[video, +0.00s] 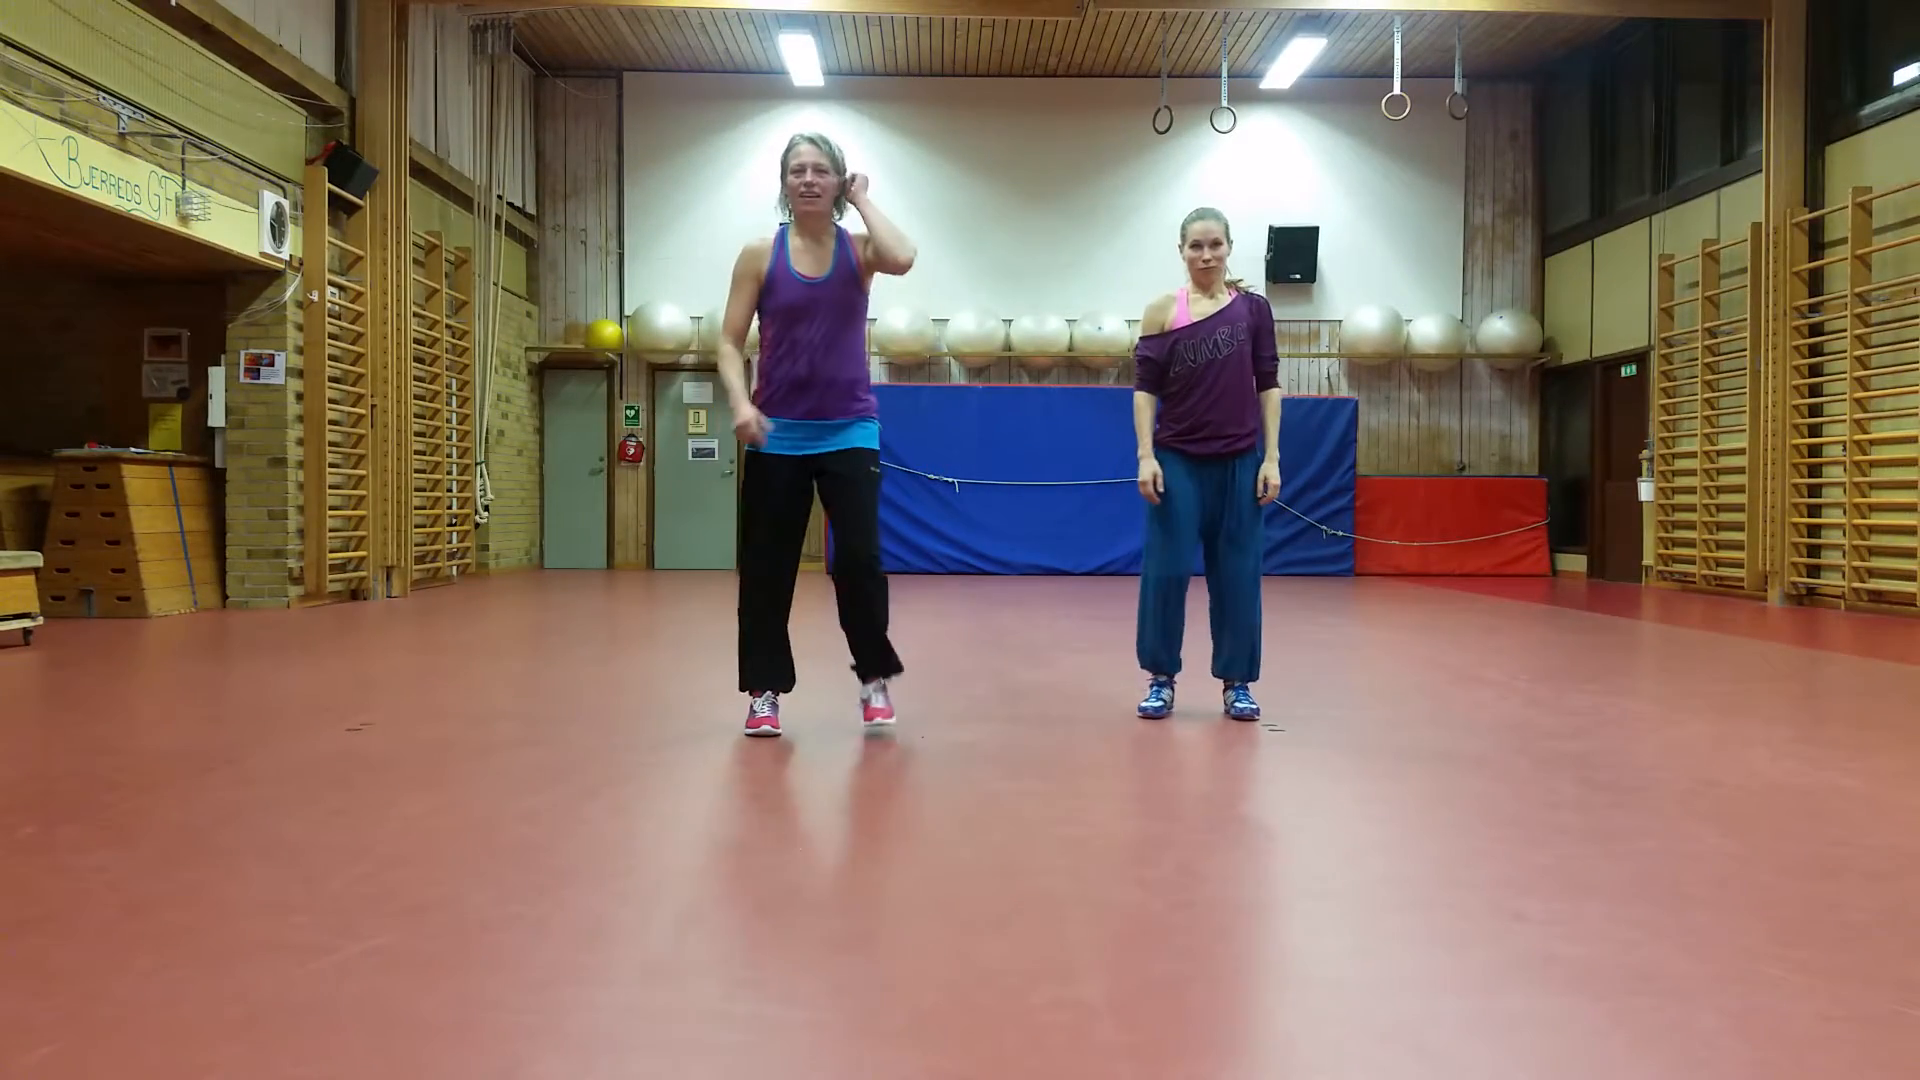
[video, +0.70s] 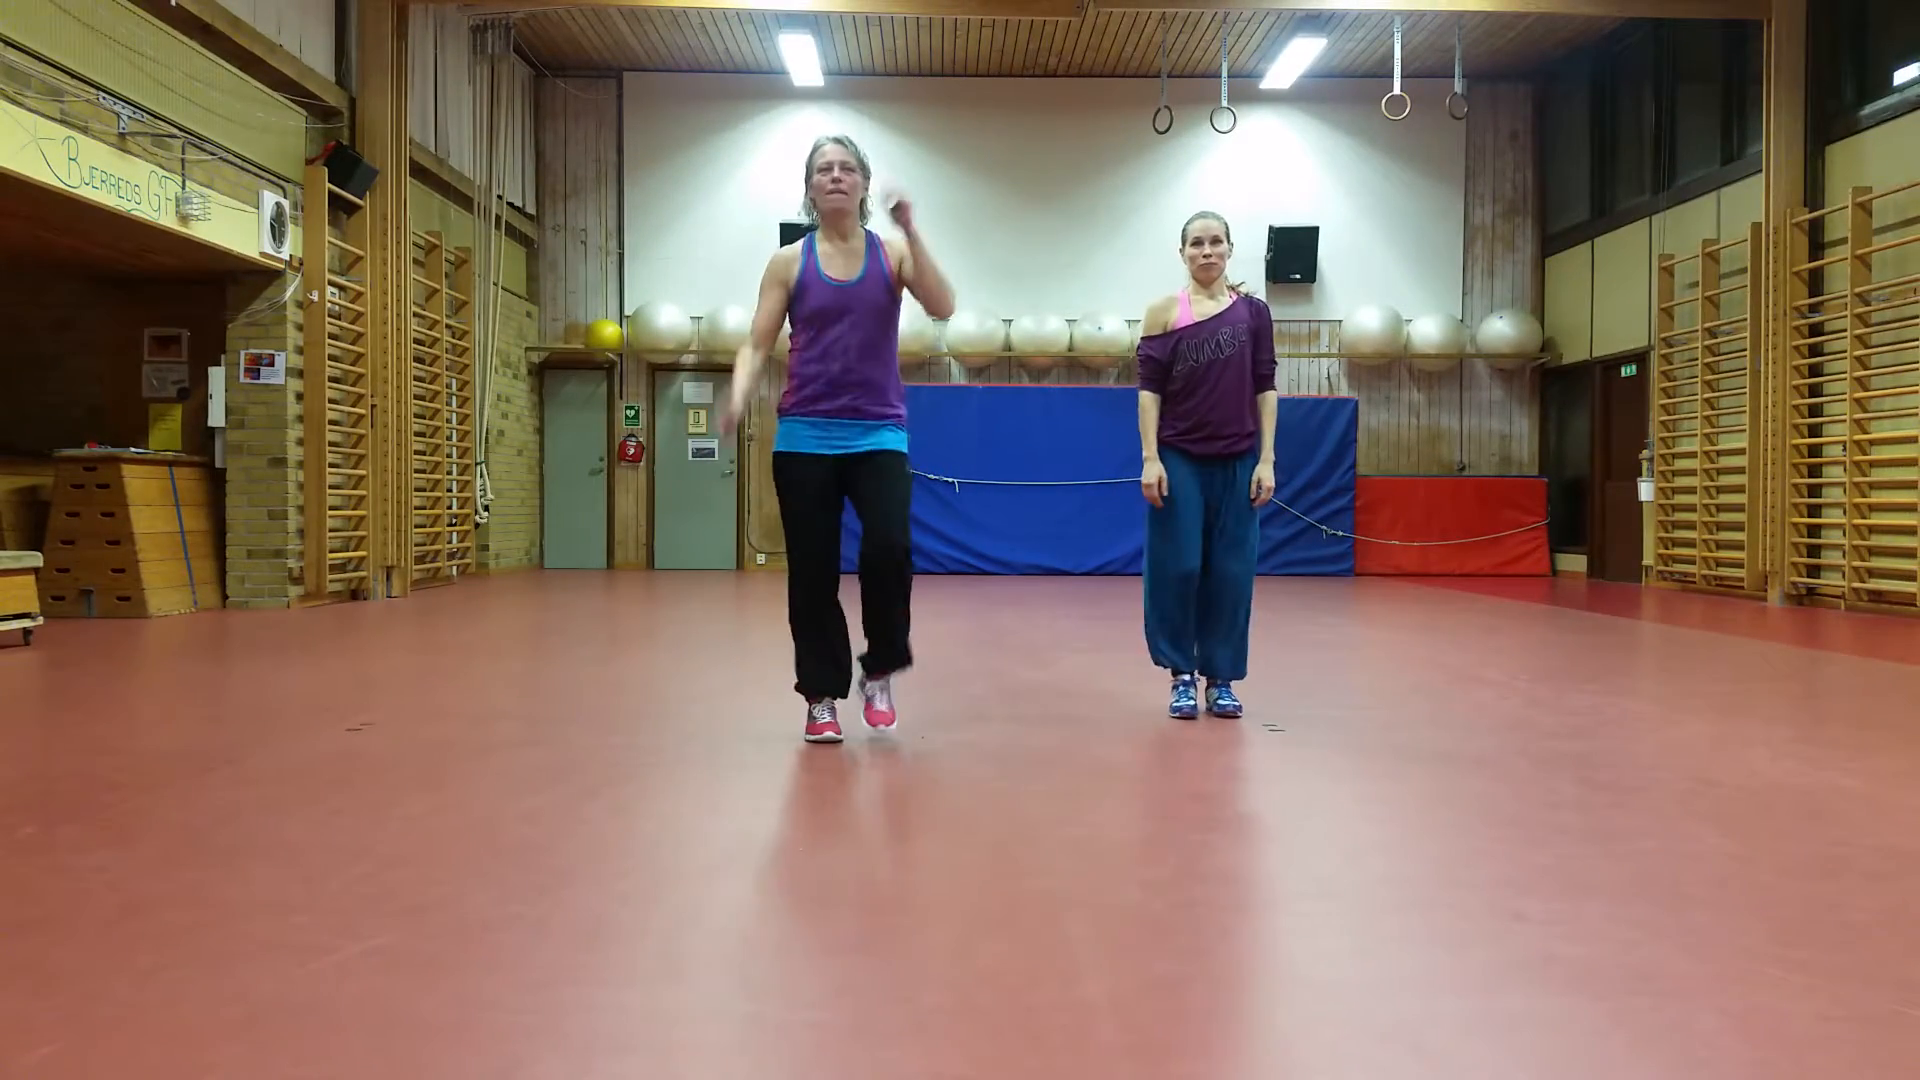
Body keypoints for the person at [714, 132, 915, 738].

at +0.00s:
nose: (807, 180)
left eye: (819, 171)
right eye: (797, 171)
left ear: (839, 185)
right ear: (783, 184)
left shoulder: (858, 245)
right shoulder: (760, 255)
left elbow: (900, 259)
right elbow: (729, 342)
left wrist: (862, 198)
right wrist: (741, 404)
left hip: (850, 429)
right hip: (777, 432)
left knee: (860, 558)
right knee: (766, 566)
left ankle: (874, 681)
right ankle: (763, 690)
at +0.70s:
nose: (836, 177)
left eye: (847, 169)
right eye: (824, 169)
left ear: (865, 184)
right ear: (808, 187)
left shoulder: (893, 250)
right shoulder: (789, 260)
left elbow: (942, 306)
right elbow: (758, 343)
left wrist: (912, 234)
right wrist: (737, 397)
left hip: (879, 432)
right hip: (805, 433)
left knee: (890, 550)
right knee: (812, 568)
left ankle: (880, 674)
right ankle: (821, 697)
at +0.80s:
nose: (839, 170)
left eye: (849, 162)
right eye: (827, 163)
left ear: (867, 179)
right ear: (811, 181)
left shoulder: (892, 239)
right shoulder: (791, 247)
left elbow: (939, 263)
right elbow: (763, 325)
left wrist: (925, 187)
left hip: (882, 422)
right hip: (810, 426)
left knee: (885, 540)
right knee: (812, 566)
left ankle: (883, 662)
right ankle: (821, 696)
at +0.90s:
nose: (842, 167)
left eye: (852, 159)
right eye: (830, 159)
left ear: (870, 175)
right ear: (815, 176)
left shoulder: (890, 239)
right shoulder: (801, 235)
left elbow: (920, 219)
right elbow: (794, 258)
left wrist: (890, 144)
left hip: (884, 416)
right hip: (816, 418)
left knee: (881, 553)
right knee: (817, 560)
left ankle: (884, 686)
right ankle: (826, 694)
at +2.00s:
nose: (870, 151)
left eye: (881, 144)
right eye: (858, 146)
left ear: (901, 161)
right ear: (844, 164)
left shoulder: (926, 225)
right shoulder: (834, 228)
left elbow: (946, 146)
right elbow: (795, 171)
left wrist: (907, 67)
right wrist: (817, 90)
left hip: (917, 415)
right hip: (842, 412)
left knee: (917, 561)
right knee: (830, 545)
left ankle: (915, 698)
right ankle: (846, 677)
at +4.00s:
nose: (889, 151)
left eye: (900, 143)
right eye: (878, 144)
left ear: (919, 160)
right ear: (861, 160)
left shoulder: (940, 222)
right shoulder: (847, 226)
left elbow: (977, 157)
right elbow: (821, 169)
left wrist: (946, 67)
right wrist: (836, 90)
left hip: (934, 413)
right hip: (860, 415)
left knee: (947, 550)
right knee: (860, 558)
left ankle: (930, 682)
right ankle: (868, 697)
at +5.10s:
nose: (890, 157)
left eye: (902, 149)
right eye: (879, 150)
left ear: (922, 168)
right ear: (865, 170)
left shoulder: (948, 234)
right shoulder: (846, 238)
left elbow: (1015, 236)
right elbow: (772, 266)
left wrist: (947, 180)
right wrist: (807, 196)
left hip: (939, 426)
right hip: (863, 424)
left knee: (943, 573)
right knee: (831, 560)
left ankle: (939, 708)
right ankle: (861, 693)